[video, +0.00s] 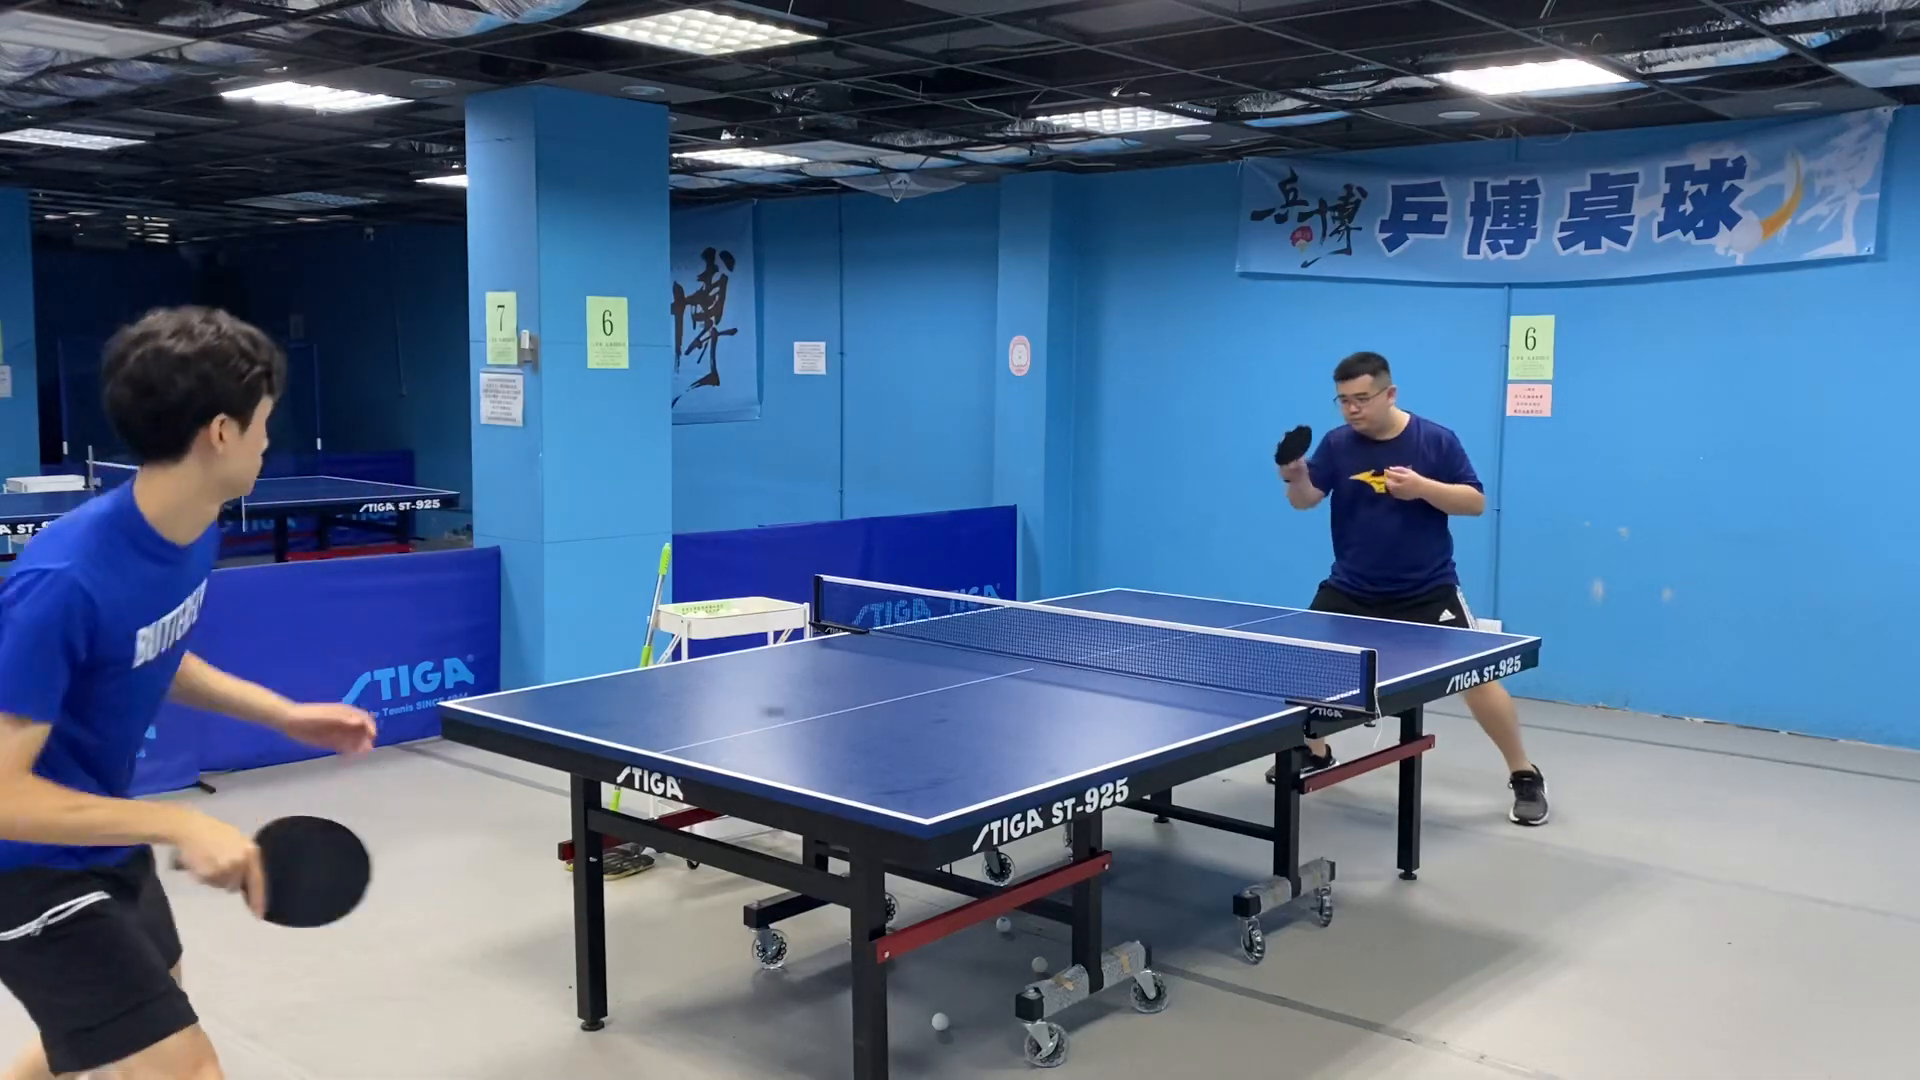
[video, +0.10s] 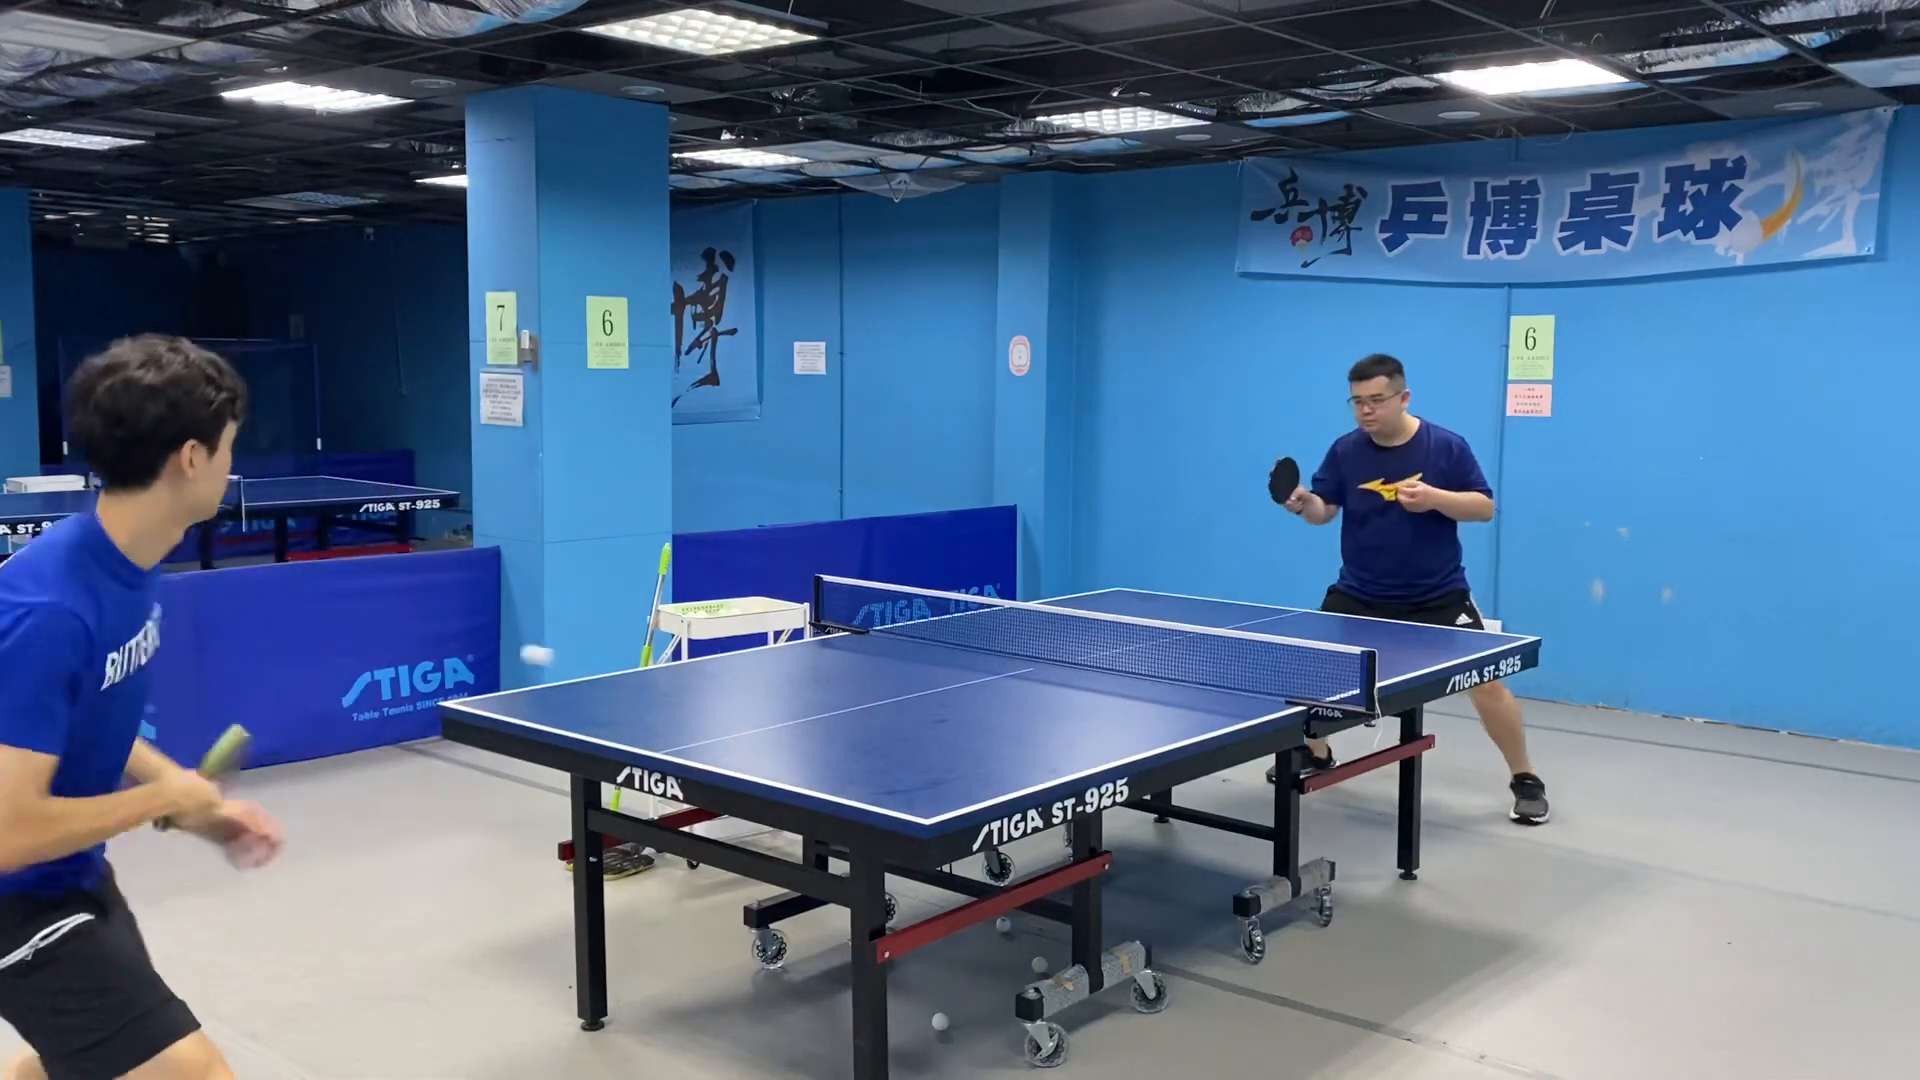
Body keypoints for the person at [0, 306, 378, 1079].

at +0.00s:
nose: (266, 441)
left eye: (265, 421)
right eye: (263, 422)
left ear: (206, 436)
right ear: (218, 434)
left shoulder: (193, 527)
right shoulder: (62, 583)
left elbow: (152, 660)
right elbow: (4, 794)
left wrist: (283, 715)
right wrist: (176, 825)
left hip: (112, 843)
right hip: (32, 867)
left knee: (137, 1010)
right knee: (181, 1066)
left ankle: (33, 1072)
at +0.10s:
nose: (231, 469)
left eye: (232, 449)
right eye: (228, 449)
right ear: (187, 460)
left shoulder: (126, 572)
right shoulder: (49, 610)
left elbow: (99, 735)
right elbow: (10, 834)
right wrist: (158, 799)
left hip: (78, 872)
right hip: (22, 902)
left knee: (92, 1046)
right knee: (191, 1068)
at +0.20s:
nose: (174, 443)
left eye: (175, 423)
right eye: (172, 424)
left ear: (50, 427)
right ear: (132, 438)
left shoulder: (9, 518)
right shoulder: (106, 606)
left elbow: (5, 707)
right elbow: (162, 792)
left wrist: (62, 805)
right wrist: (186, 708)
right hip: (23, 889)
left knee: (43, 1007)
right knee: (205, 1068)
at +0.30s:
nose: (114, 406)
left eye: (114, 388)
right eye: (110, 388)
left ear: (22, 398)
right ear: (66, 402)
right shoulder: (102, 549)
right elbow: (207, 689)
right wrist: (249, 623)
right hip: (19, 871)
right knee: (167, 1069)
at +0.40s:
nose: (68, 375)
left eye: (65, 355)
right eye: (61, 356)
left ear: (14, 370)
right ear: (21, 371)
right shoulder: (71, 508)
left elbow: (212, 603)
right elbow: (219, 608)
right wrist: (290, 548)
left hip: (12, 827)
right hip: (8, 833)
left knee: (101, 1059)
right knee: (106, 1063)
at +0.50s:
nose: (44, 355)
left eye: (39, 334)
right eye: (37, 336)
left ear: (0, 349)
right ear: (1, 349)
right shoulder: (52, 490)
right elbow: (209, 582)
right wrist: (283, 513)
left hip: (6, 798)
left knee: (27, 1051)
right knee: (66, 1052)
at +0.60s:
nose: (31, 345)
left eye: (26, 325)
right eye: (25, 327)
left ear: (9, 331)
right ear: (3, 333)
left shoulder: (20, 482)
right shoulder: (26, 488)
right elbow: (183, 602)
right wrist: (252, 525)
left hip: (9, 809)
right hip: (1, 812)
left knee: (45, 1052)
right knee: (49, 1055)